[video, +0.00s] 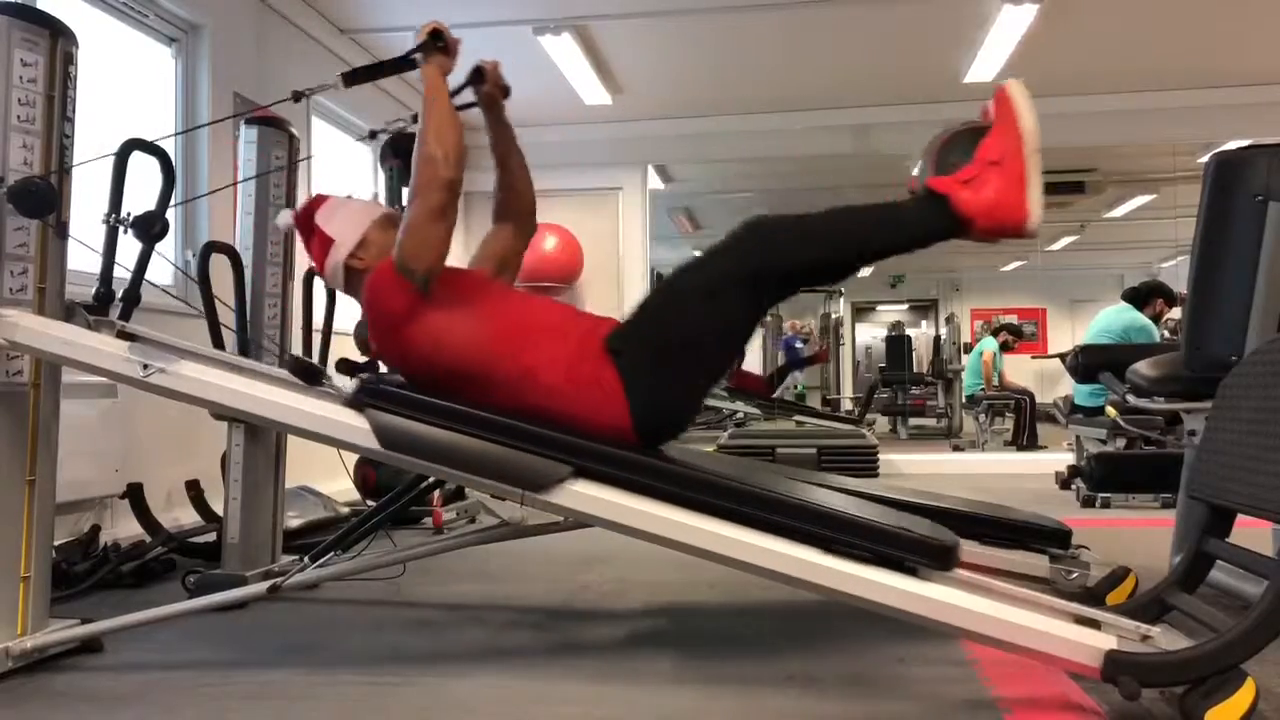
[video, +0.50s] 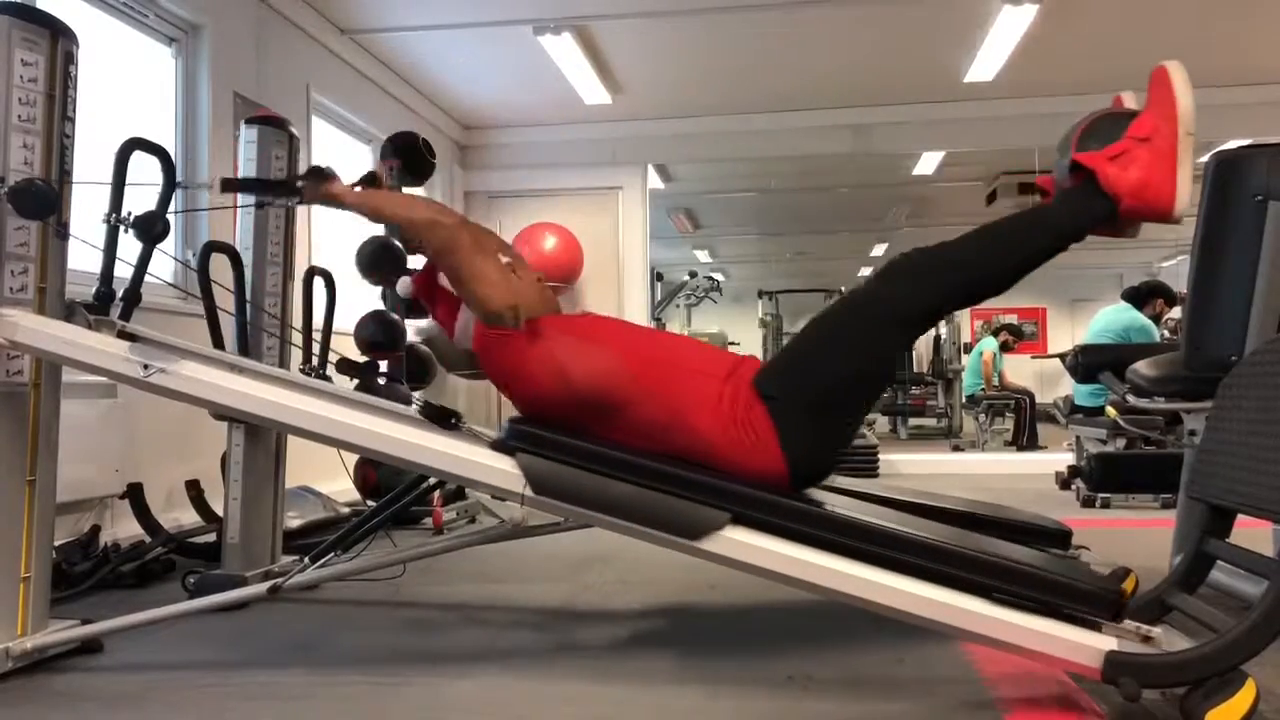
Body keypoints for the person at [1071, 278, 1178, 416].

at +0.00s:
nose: (1165, 315)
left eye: (1168, 311)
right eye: (1167, 310)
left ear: (1141, 300)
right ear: (1159, 304)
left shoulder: (1108, 312)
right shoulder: (1143, 325)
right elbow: (1156, 369)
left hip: (1081, 398)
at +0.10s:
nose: (1165, 316)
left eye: (1168, 312)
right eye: (1167, 311)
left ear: (1141, 299)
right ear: (1159, 304)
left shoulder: (1106, 312)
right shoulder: (1142, 325)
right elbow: (1156, 369)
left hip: (1081, 397)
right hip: (1102, 401)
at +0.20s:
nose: (1164, 317)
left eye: (1167, 313)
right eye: (1166, 312)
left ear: (1141, 300)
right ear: (1159, 304)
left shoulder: (1107, 312)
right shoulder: (1142, 325)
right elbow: (1157, 369)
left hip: (1081, 396)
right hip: (1102, 401)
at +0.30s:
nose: (1164, 317)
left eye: (1167, 313)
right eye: (1166, 311)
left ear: (1141, 299)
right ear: (1159, 304)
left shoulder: (1107, 312)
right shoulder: (1142, 324)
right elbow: (1156, 368)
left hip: (1081, 396)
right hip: (1102, 400)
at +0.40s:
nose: (1163, 317)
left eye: (1167, 312)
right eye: (1166, 311)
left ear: (1141, 299)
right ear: (1159, 304)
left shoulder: (1107, 311)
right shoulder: (1142, 323)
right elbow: (1156, 368)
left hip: (1081, 396)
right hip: (1102, 400)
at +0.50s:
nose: (1164, 317)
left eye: (1167, 313)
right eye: (1166, 312)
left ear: (1141, 299)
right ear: (1159, 304)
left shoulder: (1107, 312)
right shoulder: (1142, 325)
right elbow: (1156, 369)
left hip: (1081, 396)